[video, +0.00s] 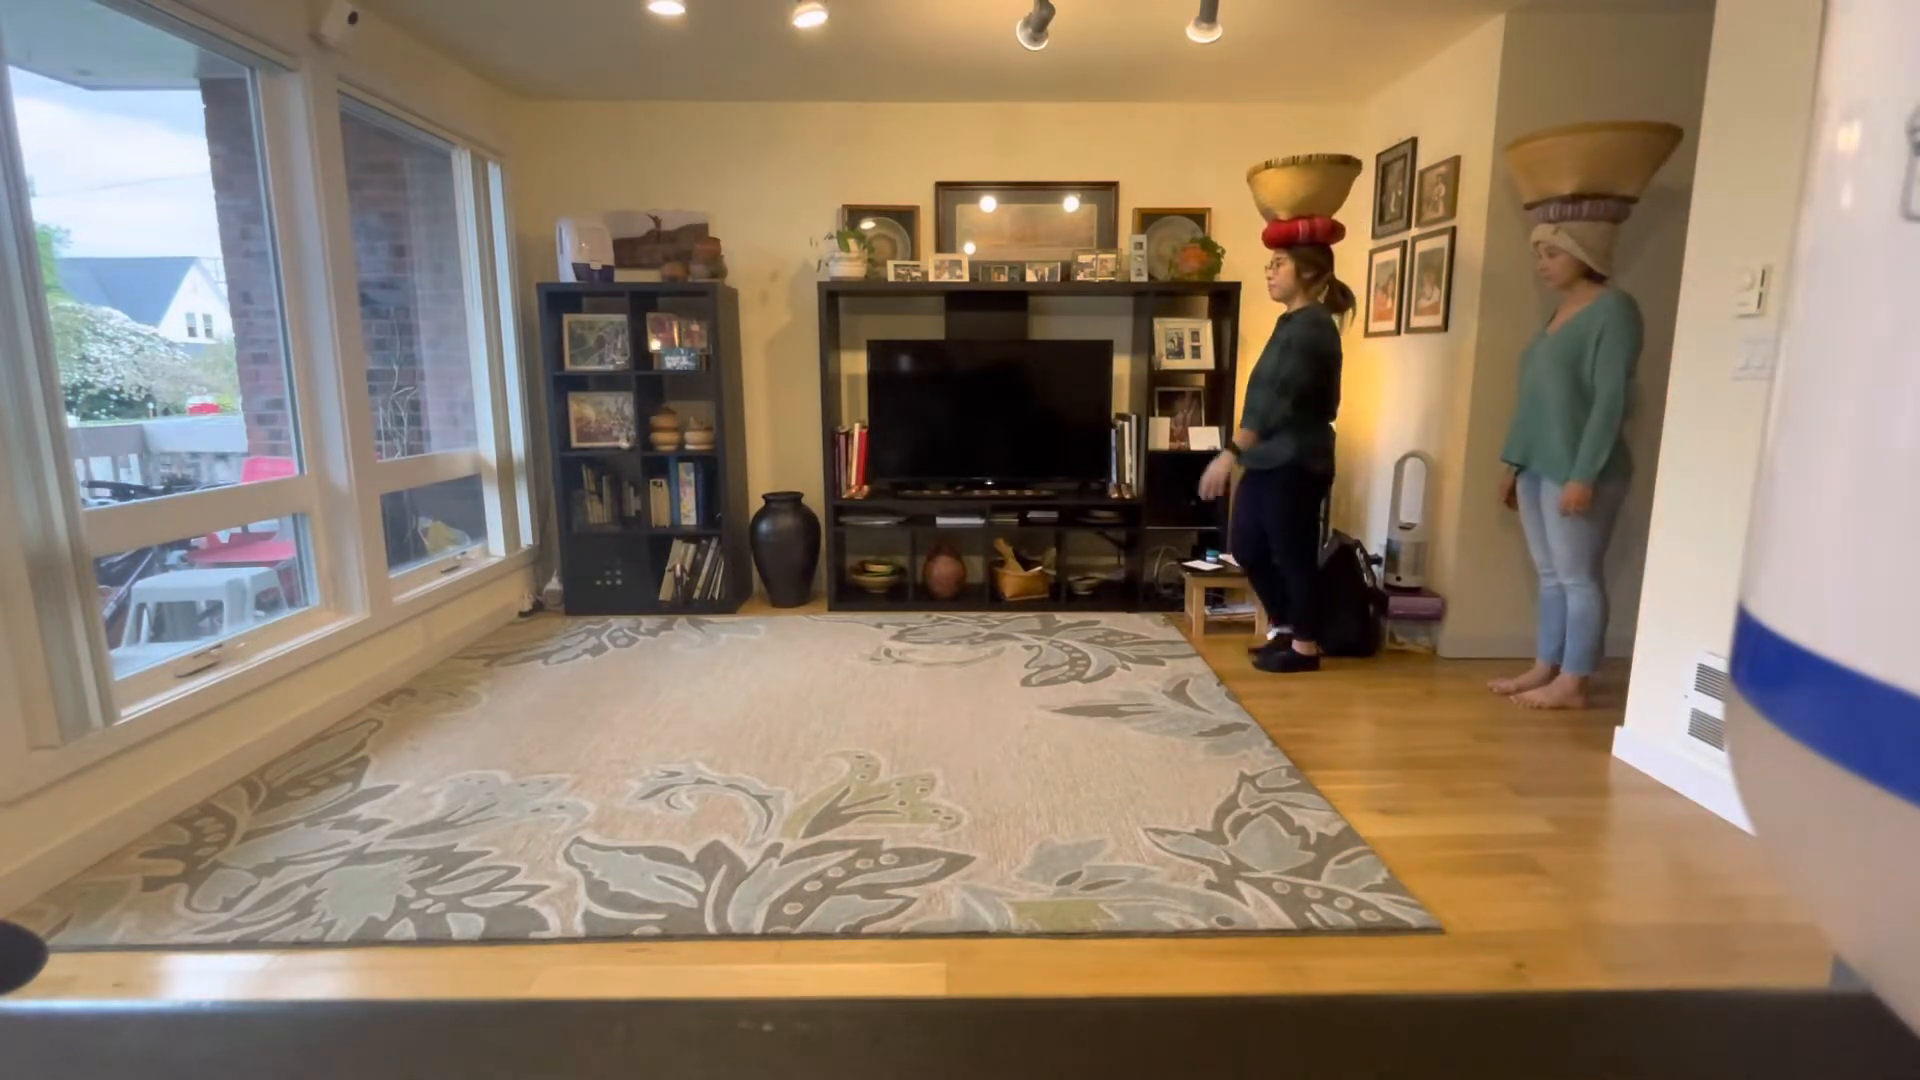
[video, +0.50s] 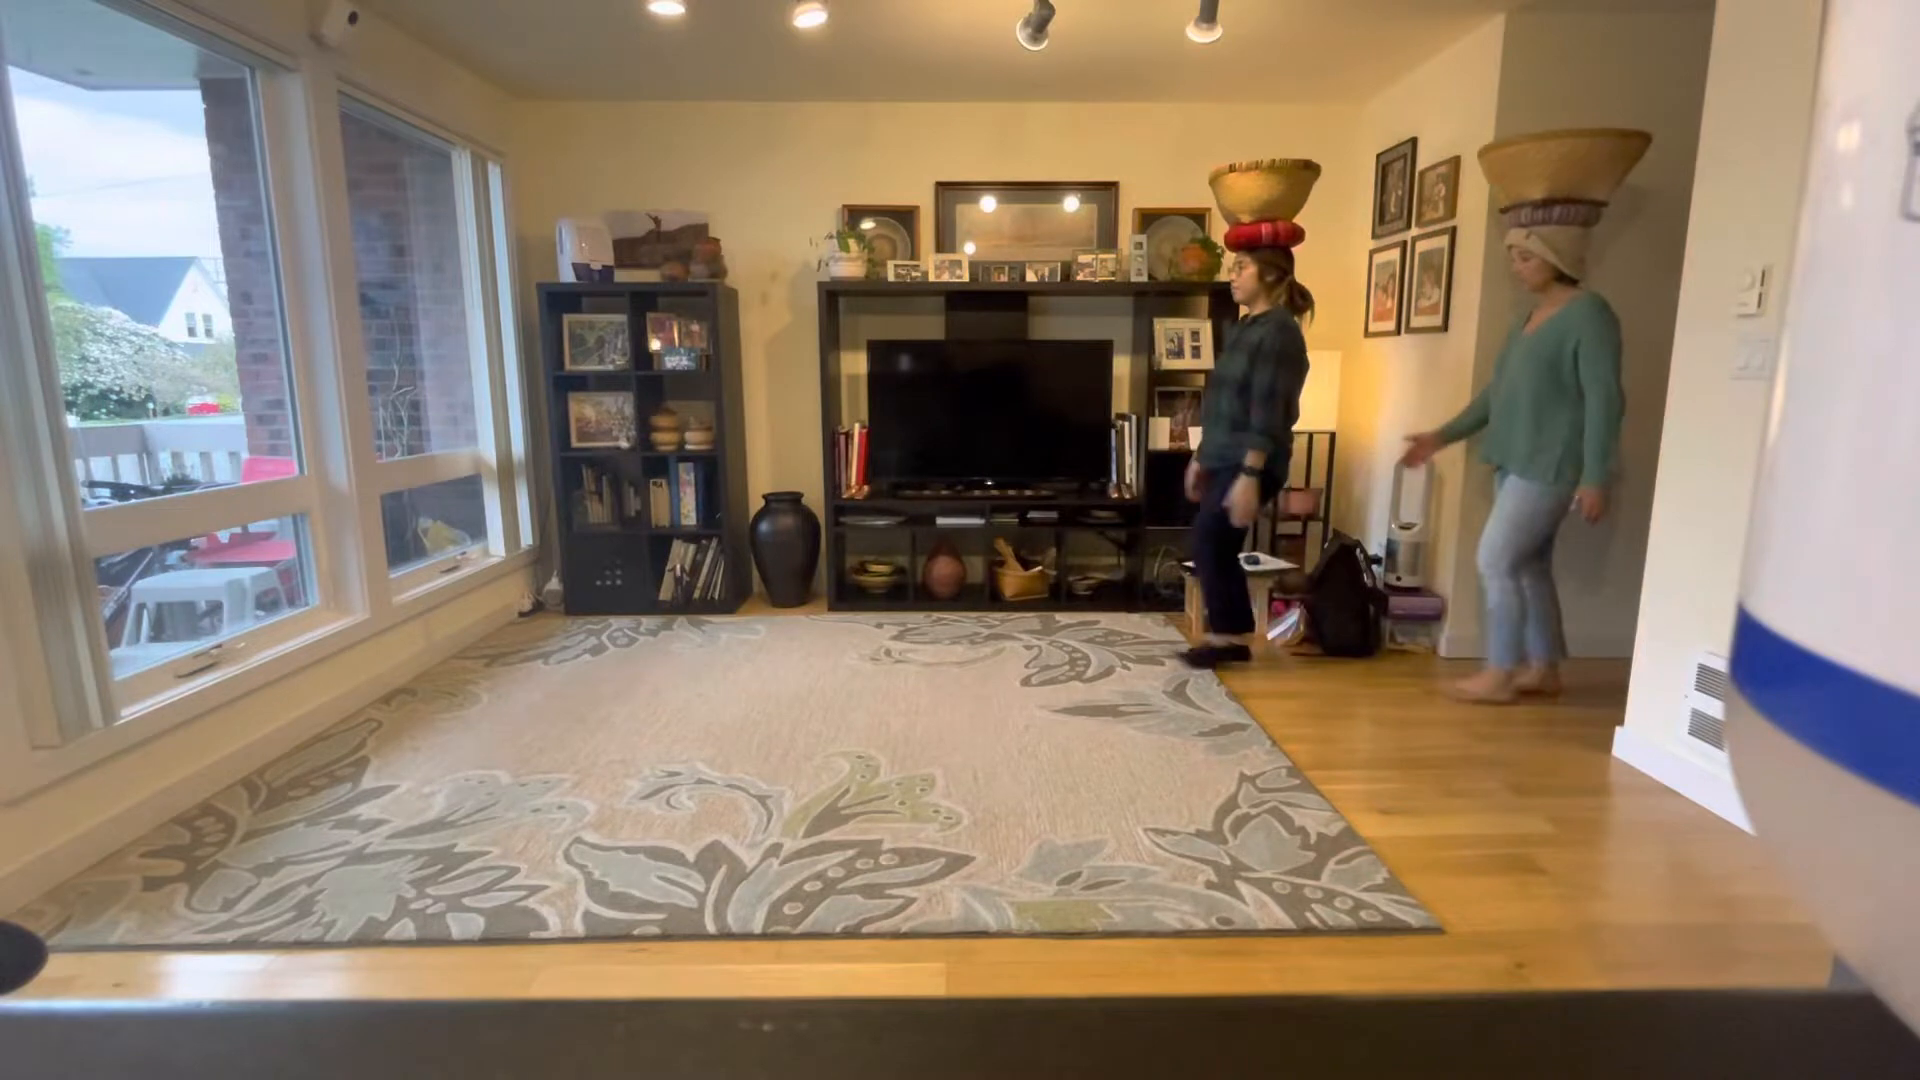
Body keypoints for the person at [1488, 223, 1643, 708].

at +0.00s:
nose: (1542, 264)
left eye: (1550, 254)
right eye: (1539, 255)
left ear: (1583, 255)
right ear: (1547, 260)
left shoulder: (1613, 310)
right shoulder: (1560, 313)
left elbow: (1610, 401)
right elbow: (1535, 398)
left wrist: (1584, 476)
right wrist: (1512, 463)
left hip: (1579, 468)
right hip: (1537, 466)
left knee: (1577, 577)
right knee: (1550, 574)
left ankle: (1573, 682)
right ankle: (1546, 667)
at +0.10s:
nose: (1538, 264)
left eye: (1547, 254)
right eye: (1535, 255)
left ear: (1579, 255)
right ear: (1544, 260)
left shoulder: (1610, 310)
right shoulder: (1555, 315)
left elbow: (1607, 400)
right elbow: (1531, 398)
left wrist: (1581, 475)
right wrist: (1510, 464)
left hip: (1573, 467)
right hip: (1530, 465)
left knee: (1569, 575)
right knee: (1540, 573)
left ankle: (1572, 682)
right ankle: (1545, 666)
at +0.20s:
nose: (1533, 266)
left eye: (1543, 256)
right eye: (1531, 257)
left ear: (1574, 257)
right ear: (1540, 262)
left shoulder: (1605, 312)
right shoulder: (1549, 315)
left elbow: (1603, 401)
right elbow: (1525, 398)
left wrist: (1578, 476)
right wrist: (1506, 465)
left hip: (1566, 467)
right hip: (1524, 465)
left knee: (1556, 574)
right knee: (1530, 573)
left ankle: (1571, 681)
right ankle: (1543, 667)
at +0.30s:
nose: (1528, 268)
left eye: (1538, 257)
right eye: (1526, 258)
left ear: (1570, 260)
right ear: (1531, 263)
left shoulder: (1600, 314)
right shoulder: (1546, 318)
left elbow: (1602, 403)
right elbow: (1521, 399)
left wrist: (1578, 477)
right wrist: (1496, 463)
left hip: (1561, 468)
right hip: (1520, 464)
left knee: (1534, 570)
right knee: (1523, 569)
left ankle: (1567, 677)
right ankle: (1543, 666)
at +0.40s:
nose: (1523, 268)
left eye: (1533, 258)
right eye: (1520, 258)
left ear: (1564, 261)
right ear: (1521, 262)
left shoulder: (1595, 315)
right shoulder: (1538, 319)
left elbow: (1602, 403)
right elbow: (1510, 400)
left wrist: (1585, 479)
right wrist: (1468, 453)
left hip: (1554, 468)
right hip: (1516, 463)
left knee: (1505, 562)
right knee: (1531, 569)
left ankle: (1548, 664)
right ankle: (1546, 666)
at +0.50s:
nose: (1516, 267)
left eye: (1525, 257)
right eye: (1514, 258)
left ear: (1555, 260)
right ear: (1524, 262)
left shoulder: (1588, 313)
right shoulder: (1530, 319)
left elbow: (1603, 398)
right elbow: (1496, 397)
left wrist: (1594, 478)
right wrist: (1440, 437)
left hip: (1549, 467)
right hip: (1515, 462)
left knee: (1495, 557)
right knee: (1531, 565)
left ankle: (1499, 672)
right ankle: (1543, 667)